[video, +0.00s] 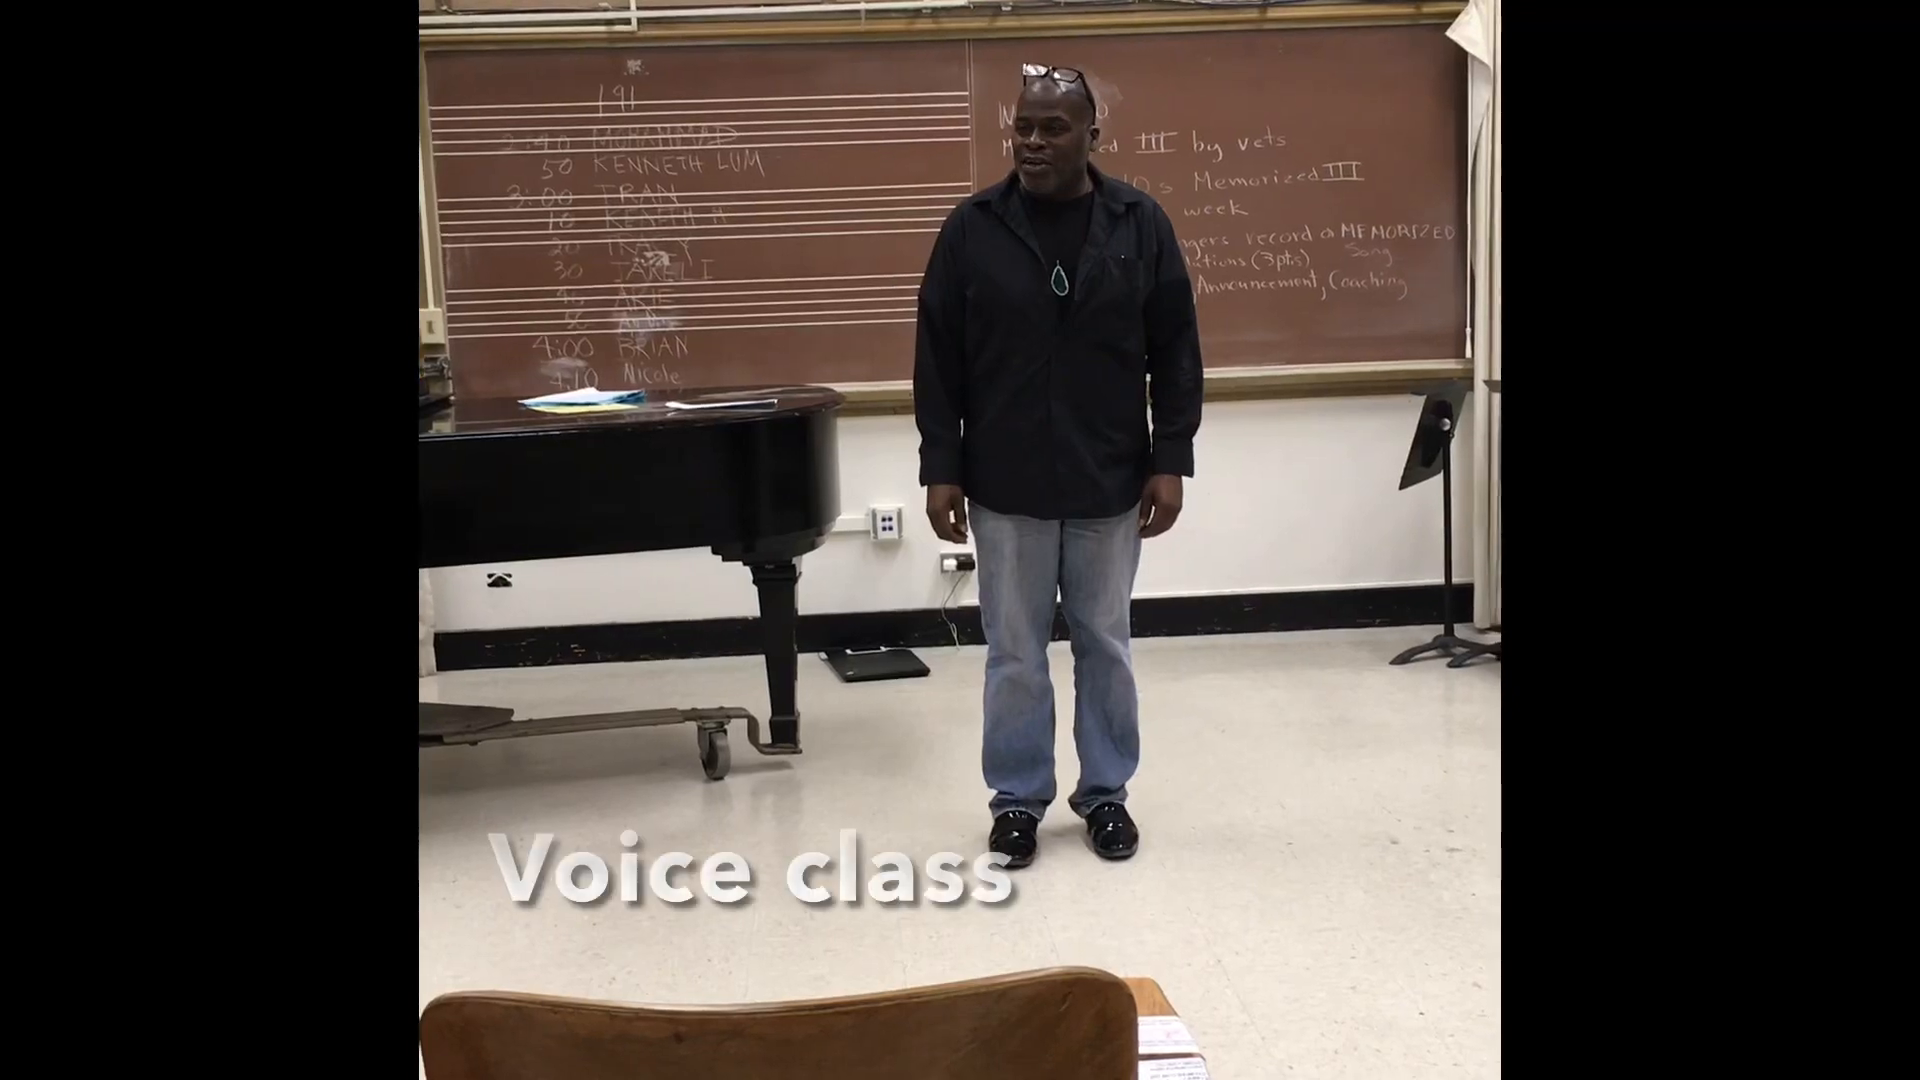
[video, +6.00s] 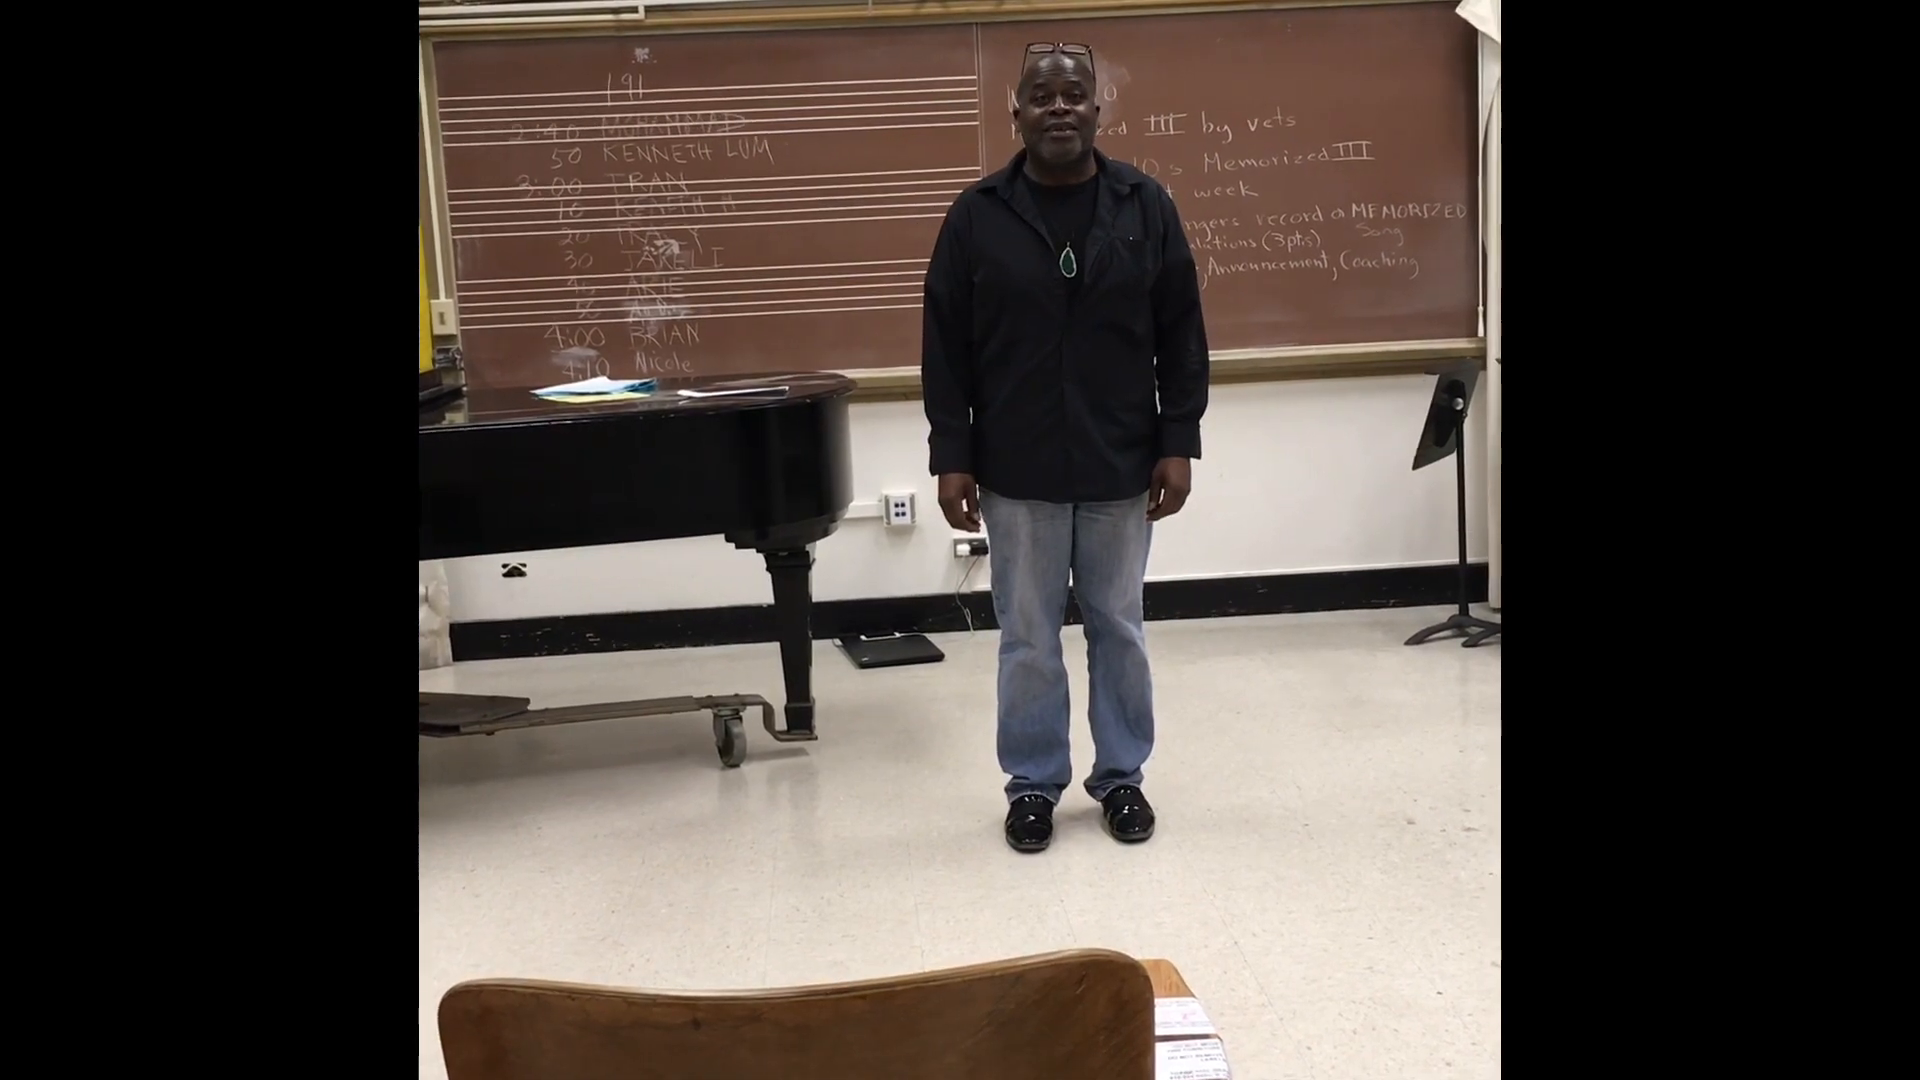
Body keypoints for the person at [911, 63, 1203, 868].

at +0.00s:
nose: (1033, 142)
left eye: (1051, 130)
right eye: (1023, 128)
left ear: (1092, 135)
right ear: (1010, 131)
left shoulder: (1139, 224)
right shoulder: (970, 229)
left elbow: (1176, 352)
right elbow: (938, 357)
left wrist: (1170, 463)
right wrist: (940, 470)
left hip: (1108, 474)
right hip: (1004, 476)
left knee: (1105, 644)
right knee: (1014, 651)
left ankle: (1106, 793)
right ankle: (1016, 800)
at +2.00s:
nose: (1009, 123)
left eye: (1027, 109)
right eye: (998, 109)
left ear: (1067, 117)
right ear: (985, 116)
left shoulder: (1116, 210)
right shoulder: (949, 214)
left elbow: (1153, 337)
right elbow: (915, 342)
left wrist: (1148, 448)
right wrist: (918, 455)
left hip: (1087, 459)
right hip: (983, 462)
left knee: (1083, 630)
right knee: (993, 637)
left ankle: (1084, 780)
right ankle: (994, 785)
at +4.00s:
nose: (999, 116)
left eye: (1017, 101)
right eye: (995, 102)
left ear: (1069, 112)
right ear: (991, 111)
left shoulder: (1136, 200)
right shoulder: (968, 210)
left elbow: (1174, 330)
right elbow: (939, 337)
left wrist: (1165, 445)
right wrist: (939, 451)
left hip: (1109, 454)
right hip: (1005, 457)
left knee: (1110, 625)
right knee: (1019, 631)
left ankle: (1114, 772)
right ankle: (1023, 780)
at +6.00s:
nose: (1058, 109)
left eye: (1074, 96)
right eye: (1041, 97)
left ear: (1099, 109)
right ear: (1017, 113)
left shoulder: (1145, 206)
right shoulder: (976, 215)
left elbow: (1182, 333)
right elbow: (944, 344)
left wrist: (1177, 446)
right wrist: (951, 459)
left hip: (1120, 457)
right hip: (1017, 461)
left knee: (1119, 628)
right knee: (1027, 634)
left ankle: (1121, 776)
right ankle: (1031, 784)